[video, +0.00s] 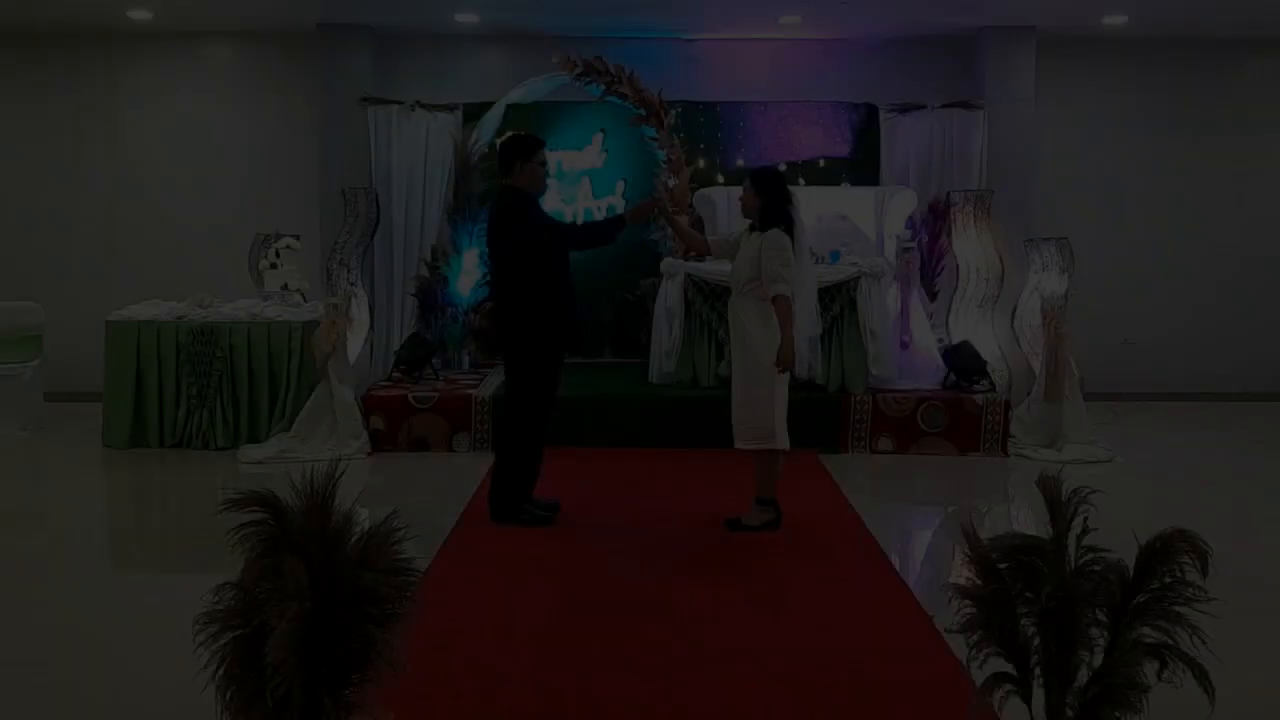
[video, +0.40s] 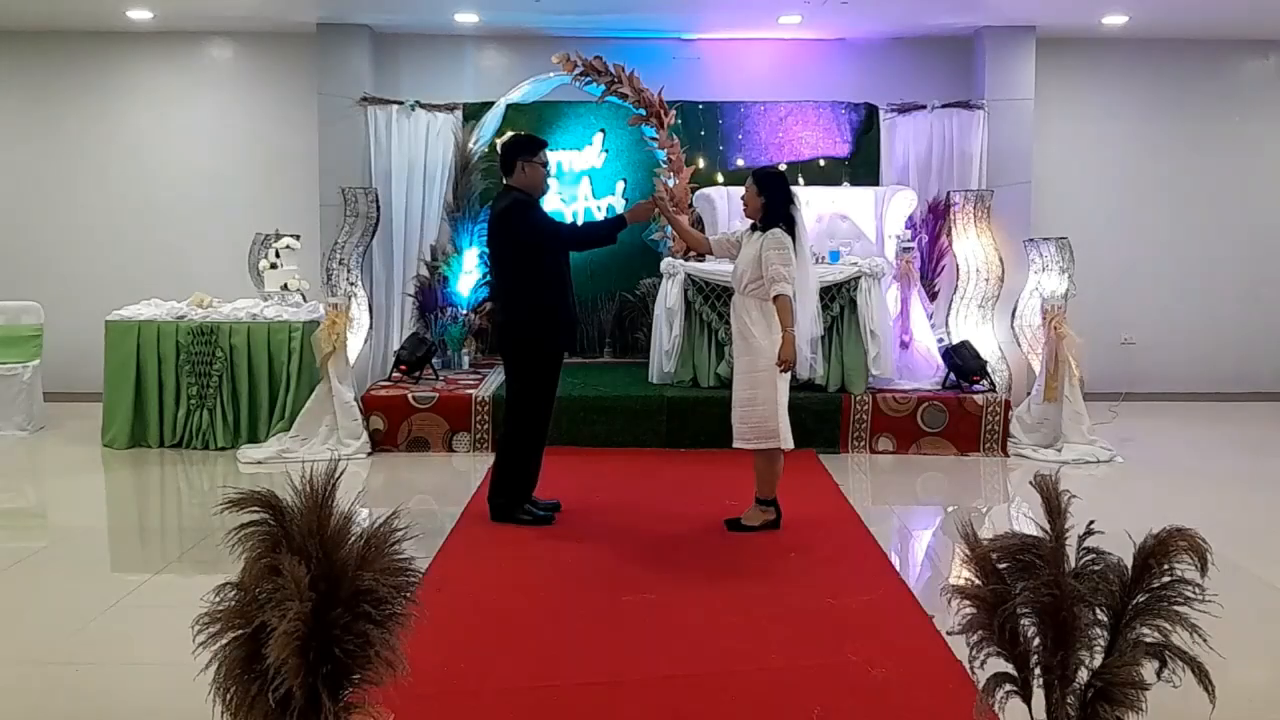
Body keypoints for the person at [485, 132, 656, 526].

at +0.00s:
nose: (546, 173)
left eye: (545, 166)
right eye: (540, 166)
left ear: (519, 170)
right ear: (520, 170)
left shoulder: (517, 209)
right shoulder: (515, 210)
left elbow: (566, 237)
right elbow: (566, 238)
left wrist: (621, 221)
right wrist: (624, 220)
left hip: (531, 325)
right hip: (530, 327)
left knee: (530, 412)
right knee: (526, 413)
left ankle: (519, 496)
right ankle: (510, 502)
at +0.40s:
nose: (548, 174)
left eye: (547, 167)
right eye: (543, 167)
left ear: (521, 169)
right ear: (521, 169)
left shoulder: (519, 209)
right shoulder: (516, 210)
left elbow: (569, 237)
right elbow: (568, 238)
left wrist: (624, 220)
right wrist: (626, 218)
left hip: (534, 328)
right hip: (530, 330)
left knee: (531, 416)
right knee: (525, 417)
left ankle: (519, 494)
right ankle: (506, 503)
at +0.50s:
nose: (551, 176)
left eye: (550, 169)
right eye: (546, 169)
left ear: (523, 171)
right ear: (524, 170)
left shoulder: (517, 209)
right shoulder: (518, 211)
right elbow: (568, 241)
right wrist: (626, 222)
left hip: (534, 329)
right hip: (533, 331)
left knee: (532, 416)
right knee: (529, 417)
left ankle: (519, 494)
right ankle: (507, 503)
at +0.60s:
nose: (557, 180)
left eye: (557, 172)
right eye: (553, 172)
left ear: (530, 173)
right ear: (533, 172)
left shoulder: (521, 210)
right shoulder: (521, 212)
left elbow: (569, 245)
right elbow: (572, 247)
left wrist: (621, 233)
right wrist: (627, 230)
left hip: (535, 330)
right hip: (533, 333)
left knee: (549, 406)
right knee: (539, 409)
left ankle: (524, 490)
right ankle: (507, 501)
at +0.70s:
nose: (567, 186)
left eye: (568, 179)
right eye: (564, 178)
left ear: (540, 175)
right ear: (546, 175)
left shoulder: (523, 209)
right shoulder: (531, 212)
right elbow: (574, 254)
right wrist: (630, 239)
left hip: (539, 330)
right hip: (538, 333)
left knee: (570, 401)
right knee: (541, 410)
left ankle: (542, 482)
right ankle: (507, 501)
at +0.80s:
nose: (581, 190)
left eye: (582, 183)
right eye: (579, 182)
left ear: (553, 177)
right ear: (563, 177)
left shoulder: (525, 211)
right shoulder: (545, 213)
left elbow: (500, 273)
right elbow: (582, 261)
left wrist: (492, 322)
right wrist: (634, 252)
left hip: (538, 332)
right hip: (547, 335)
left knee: (582, 399)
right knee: (536, 414)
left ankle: (578, 485)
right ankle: (508, 502)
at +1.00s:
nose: (611, 202)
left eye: (613, 195)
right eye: (610, 193)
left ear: (581, 185)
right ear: (594, 186)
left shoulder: (544, 219)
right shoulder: (583, 220)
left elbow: (515, 269)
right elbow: (593, 276)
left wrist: (489, 312)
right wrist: (630, 307)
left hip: (550, 334)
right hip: (569, 337)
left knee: (587, 411)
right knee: (541, 418)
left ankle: (620, 478)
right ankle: (508, 503)